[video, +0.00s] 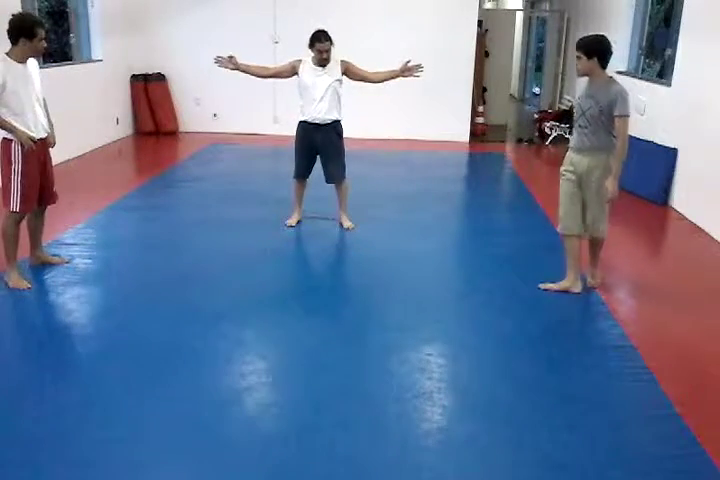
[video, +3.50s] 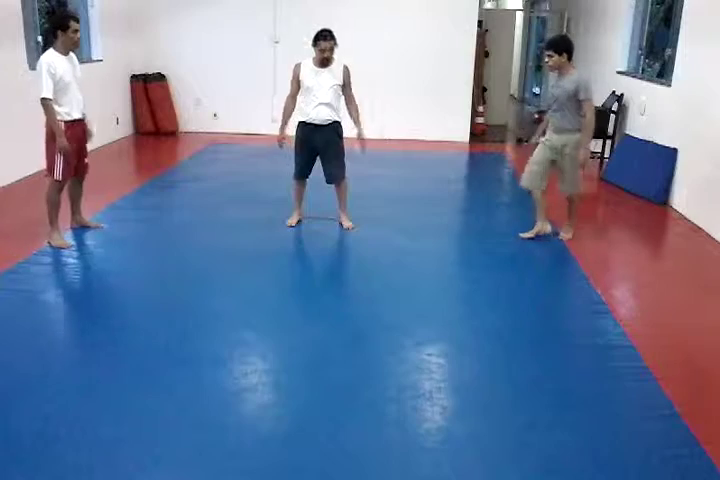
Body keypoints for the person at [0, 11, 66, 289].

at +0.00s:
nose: (45, 45)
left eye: (45, 39)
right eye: (41, 40)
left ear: (27, 41)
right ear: (24, 40)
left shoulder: (32, 63)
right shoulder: (4, 67)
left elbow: (39, 99)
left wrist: (49, 128)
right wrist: (16, 131)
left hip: (39, 140)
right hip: (14, 144)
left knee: (39, 202)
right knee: (16, 209)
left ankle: (37, 252)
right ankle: (11, 268)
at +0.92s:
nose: (51, 44)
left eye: (51, 39)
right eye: (49, 38)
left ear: (29, 38)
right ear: (39, 38)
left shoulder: (28, 65)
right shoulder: (18, 66)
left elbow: (29, 104)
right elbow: (21, 105)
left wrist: (46, 131)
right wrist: (45, 132)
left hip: (39, 139)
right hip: (29, 140)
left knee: (49, 198)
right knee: (41, 202)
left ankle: (43, 250)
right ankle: (22, 258)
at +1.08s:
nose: (53, 45)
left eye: (54, 40)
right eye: (53, 40)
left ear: (30, 37)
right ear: (45, 39)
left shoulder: (17, 60)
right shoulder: (32, 65)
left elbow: (6, 93)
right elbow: (39, 101)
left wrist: (23, 112)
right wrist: (54, 127)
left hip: (25, 135)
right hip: (39, 137)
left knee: (39, 194)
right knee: (69, 193)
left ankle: (40, 247)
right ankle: (47, 246)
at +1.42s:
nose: (65, 46)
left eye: (66, 42)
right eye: (65, 41)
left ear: (41, 38)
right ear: (60, 40)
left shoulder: (23, 62)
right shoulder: (57, 66)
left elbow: (2, 92)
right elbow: (75, 98)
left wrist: (20, 119)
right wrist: (75, 124)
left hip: (31, 135)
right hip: (57, 136)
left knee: (44, 192)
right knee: (72, 187)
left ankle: (42, 249)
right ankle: (70, 234)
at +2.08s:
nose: (85, 45)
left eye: (86, 40)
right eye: (84, 40)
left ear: (65, 37)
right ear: (75, 37)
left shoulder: (47, 57)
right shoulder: (66, 58)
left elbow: (25, 85)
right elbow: (76, 90)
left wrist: (36, 115)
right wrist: (81, 116)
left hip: (47, 121)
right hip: (63, 123)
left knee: (66, 175)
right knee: (72, 178)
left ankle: (70, 219)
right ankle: (69, 232)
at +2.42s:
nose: (88, 40)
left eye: (88, 35)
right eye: (86, 35)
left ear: (72, 33)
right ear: (73, 33)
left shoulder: (64, 55)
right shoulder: (55, 54)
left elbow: (60, 89)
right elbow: (46, 85)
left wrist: (76, 115)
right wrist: (75, 112)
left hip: (66, 120)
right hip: (58, 121)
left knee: (70, 175)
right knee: (66, 176)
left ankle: (71, 219)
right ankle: (66, 229)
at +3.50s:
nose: (78, 36)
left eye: (79, 32)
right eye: (74, 32)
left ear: (73, 33)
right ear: (60, 33)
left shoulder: (72, 58)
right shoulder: (47, 61)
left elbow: (75, 94)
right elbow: (46, 101)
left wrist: (84, 122)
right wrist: (59, 135)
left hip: (77, 123)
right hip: (61, 125)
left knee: (78, 174)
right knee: (58, 180)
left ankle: (77, 217)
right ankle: (54, 231)